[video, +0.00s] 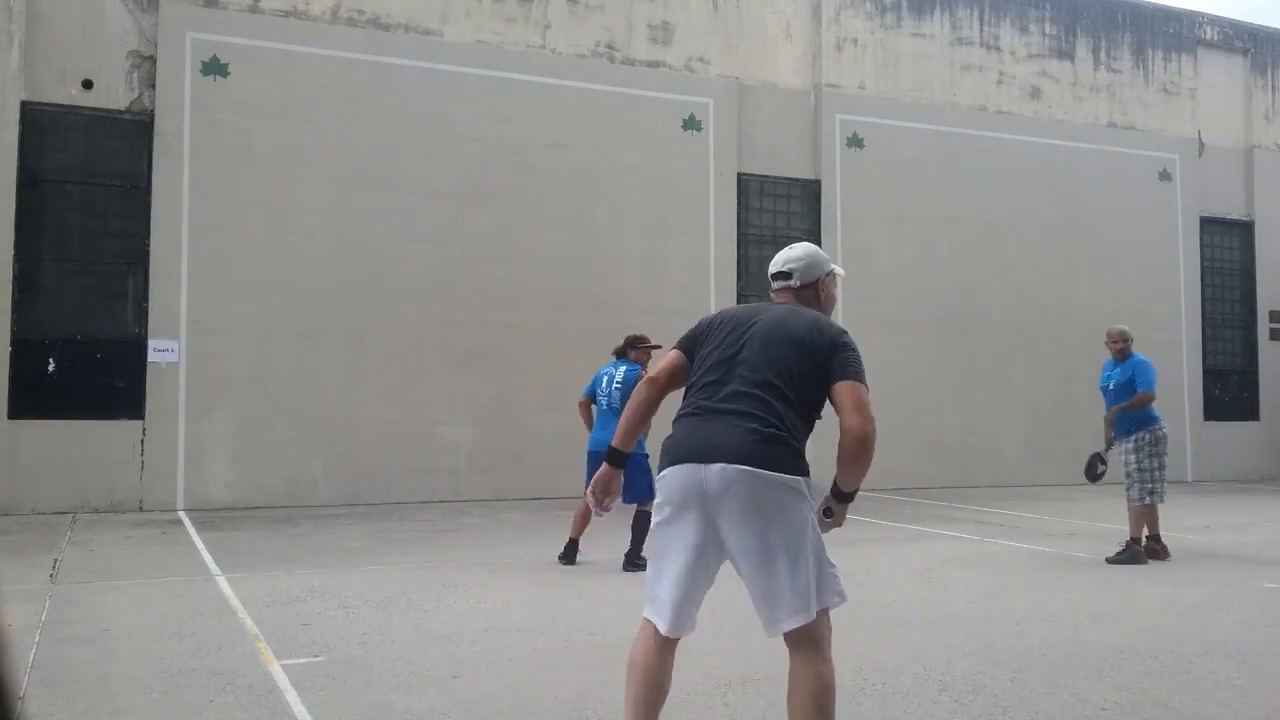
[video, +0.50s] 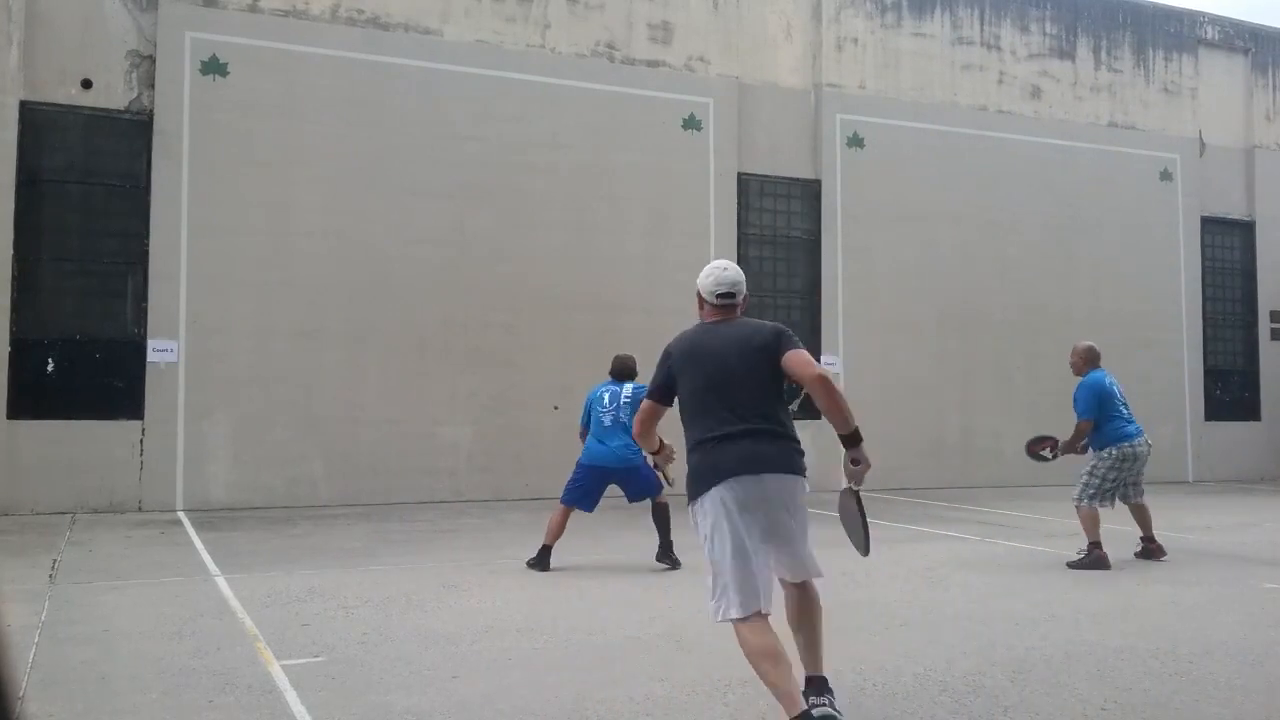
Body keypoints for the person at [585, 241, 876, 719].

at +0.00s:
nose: (835, 295)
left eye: (834, 286)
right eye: (833, 286)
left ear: (777, 289)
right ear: (821, 287)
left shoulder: (718, 321)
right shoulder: (829, 335)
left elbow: (653, 380)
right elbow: (858, 428)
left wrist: (615, 460)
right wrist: (840, 498)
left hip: (681, 465)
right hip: (763, 469)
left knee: (659, 623)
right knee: (807, 636)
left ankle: (637, 715)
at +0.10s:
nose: (834, 294)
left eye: (832, 285)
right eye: (831, 285)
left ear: (775, 290)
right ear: (821, 288)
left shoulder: (722, 321)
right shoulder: (833, 338)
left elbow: (666, 381)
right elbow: (877, 434)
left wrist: (618, 455)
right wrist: (853, 498)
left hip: (692, 467)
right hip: (772, 468)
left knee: (697, 613)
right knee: (802, 636)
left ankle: (707, 715)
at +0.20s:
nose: (813, 301)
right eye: (813, 295)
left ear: (759, 296)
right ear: (811, 297)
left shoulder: (720, 331)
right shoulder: (827, 343)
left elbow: (665, 393)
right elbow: (881, 430)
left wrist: (617, 465)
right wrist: (860, 491)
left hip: (705, 479)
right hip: (780, 474)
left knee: (729, 604)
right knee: (802, 629)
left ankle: (769, 714)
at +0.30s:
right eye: (790, 294)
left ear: (739, 297)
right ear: (788, 298)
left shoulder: (709, 342)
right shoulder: (811, 342)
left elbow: (658, 412)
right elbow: (867, 415)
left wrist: (619, 484)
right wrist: (869, 481)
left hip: (716, 483)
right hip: (787, 477)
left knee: (752, 615)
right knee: (820, 624)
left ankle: (799, 714)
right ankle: (830, 715)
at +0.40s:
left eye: (717, 299)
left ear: (716, 303)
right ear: (762, 302)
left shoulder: (694, 351)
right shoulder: (791, 341)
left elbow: (651, 433)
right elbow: (843, 397)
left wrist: (631, 488)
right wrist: (869, 466)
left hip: (723, 485)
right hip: (790, 480)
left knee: (751, 614)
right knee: (826, 606)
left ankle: (799, 715)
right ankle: (843, 695)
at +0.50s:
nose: (700, 306)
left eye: (699, 300)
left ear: (700, 302)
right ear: (744, 301)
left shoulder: (680, 348)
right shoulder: (772, 334)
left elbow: (642, 426)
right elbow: (814, 376)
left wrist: (656, 449)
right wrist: (853, 443)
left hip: (716, 478)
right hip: (778, 469)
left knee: (746, 611)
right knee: (797, 577)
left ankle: (799, 711)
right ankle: (816, 684)